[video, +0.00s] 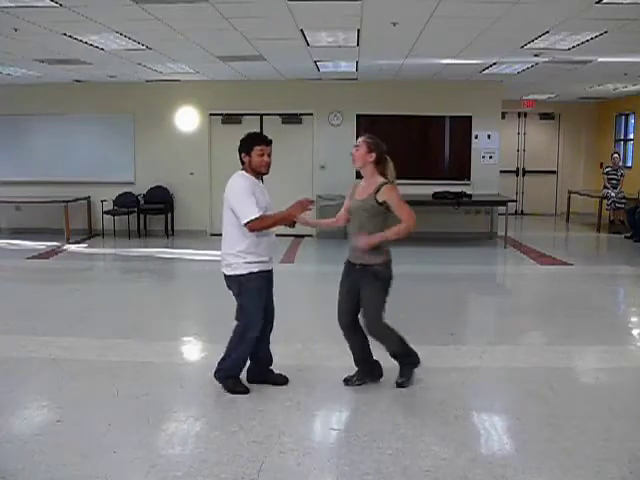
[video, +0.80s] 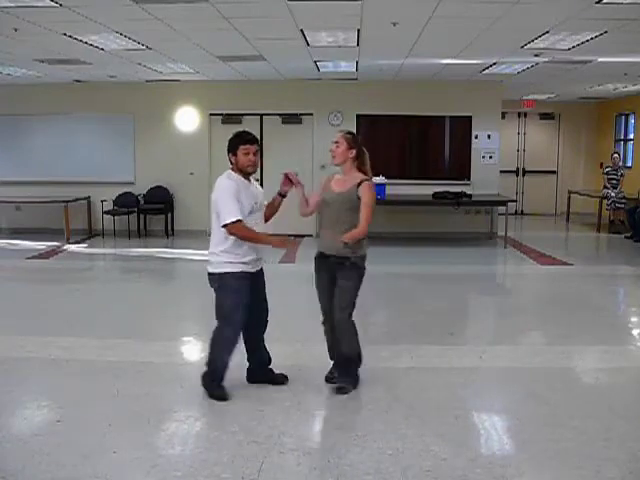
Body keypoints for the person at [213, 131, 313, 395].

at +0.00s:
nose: (267, 160)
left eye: (269, 155)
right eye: (261, 155)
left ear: (269, 156)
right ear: (245, 157)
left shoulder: (258, 185)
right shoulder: (239, 184)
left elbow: (260, 220)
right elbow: (253, 224)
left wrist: (283, 220)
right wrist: (288, 214)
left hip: (261, 267)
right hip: (243, 268)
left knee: (265, 319)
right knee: (251, 321)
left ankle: (260, 369)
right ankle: (227, 373)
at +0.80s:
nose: (253, 158)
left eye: (256, 154)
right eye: (247, 154)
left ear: (258, 156)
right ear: (232, 157)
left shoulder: (252, 185)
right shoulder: (226, 184)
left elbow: (264, 216)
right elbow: (233, 227)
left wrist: (281, 193)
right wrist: (274, 241)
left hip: (251, 266)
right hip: (228, 268)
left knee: (256, 320)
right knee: (230, 324)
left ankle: (259, 370)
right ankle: (213, 379)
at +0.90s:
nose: (244, 160)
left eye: (247, 155)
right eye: (238, 155)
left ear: (249, 156)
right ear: (223, 158)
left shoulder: (245, 186)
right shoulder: (215, 187)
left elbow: (258, 216)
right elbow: (217, 231)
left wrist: (273, 192)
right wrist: (257, 250)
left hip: (245, 269)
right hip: (220, 272)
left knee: (252, 320)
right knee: (216, 328)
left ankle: (258, 369)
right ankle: (204, 379)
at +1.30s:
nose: (216, 162)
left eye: (219, 157)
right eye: (209, 158)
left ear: (223, 157)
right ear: (196, 161)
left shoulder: (231, 188)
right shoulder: (181, 189)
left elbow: (253, 218)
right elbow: (161, 225)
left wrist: (285, 217)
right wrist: (170, 256)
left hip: (224, 272)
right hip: (191, 274)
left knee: (233, 320)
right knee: (196, 329)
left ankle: (226, 369)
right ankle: (202, 380)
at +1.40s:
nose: (216, 162)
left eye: (219, 156)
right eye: (209, 157)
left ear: (224, 156)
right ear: (196, 160)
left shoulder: (232, 188)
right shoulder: (179, 189)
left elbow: (258, 216)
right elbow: (154, 220)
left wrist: (292, 212)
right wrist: (151, 252)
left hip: (222, 271)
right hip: (191, 272)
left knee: (221, 323)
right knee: (198, 327)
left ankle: (215, 370)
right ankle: (201, 380)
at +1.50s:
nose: (218, 162)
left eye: (222, 156)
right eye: (211, 157)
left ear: (226, 156)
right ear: (198, 159)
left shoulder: (234, 189)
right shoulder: (181, 189)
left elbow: (259, 216)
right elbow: (155, 219)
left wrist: (293, 213)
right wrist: (146, 249)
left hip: (221, 271)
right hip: (191, 272)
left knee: (212, 325)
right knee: (200, 327)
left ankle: (213, 370)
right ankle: (202, 379)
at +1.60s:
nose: (223, 163)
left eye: (226, 157)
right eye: (216, 158)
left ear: (230, 158)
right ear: (202, 160)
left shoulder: (234, 190)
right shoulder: (184, 189)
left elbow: (257, 218)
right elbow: (159, 221)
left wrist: (292, 218)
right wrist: (158, 249)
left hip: (221, 271)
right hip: (194, 272)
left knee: (212, 324)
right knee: (204, 326)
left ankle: (211, 370)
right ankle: (199, 379)